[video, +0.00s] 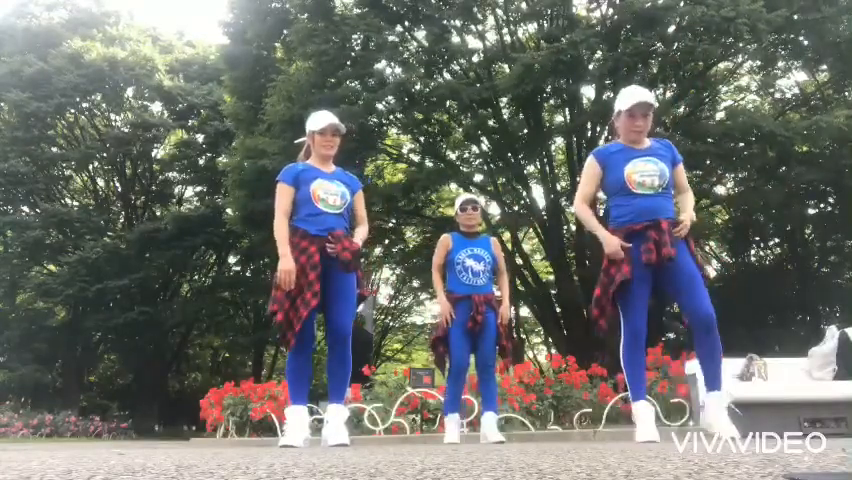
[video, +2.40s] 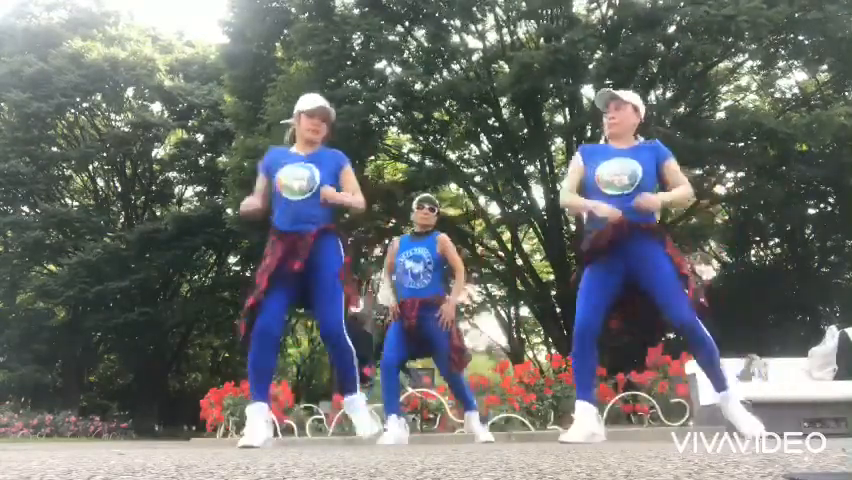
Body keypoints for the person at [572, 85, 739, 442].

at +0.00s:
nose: (639, 120)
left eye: (645, 114)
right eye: (632, 114)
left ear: (652, 118)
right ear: (617, 118)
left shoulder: (665, 149)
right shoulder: (602, 155)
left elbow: (683, 190)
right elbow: (580, 203)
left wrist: (688, 211)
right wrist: (604, 236)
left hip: (671, 240)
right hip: (629, 244)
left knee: (705, 316)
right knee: (635, 329)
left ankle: (714, 406)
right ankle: (641, 411)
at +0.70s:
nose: (668, 108)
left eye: (675, 102)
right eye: (661, 103)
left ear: (685, 109)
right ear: (649, 111)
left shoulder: (706, 147)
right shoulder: (635, 156)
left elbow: (721, 196)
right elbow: (629, 208)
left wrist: (732, 238)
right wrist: (635, 250)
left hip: (707, 235)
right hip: (663, 240)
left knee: (716, 324)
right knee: (671, 327)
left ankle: (719, 411)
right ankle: (681, 415)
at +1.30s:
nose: (667, 112)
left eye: (673, 106)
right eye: (659, 109)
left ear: (686, 113)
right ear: (650, 120)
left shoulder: (706, 139)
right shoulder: (640, 165)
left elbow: (721, 184)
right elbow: (641, 215)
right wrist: (650, 250)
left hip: (716, 240)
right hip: (673, 248)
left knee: (748, 322)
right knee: (680, 327)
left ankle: (761, 411)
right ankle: (687, 412)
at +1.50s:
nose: (643, 114)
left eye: (650, 108)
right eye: (635, 111)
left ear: (664, 115)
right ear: (628, 123)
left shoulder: (678, 137)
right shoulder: (626, 165)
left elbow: (694, 173)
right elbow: (628, 211)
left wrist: (657, 215)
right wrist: (633, 235)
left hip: (701, 240)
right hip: (661, 250)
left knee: (741, 313)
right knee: (638, 314)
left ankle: (771, 402)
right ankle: (645, 405)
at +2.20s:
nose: (615, 147)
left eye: (622, 139)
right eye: (612, 143)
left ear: (644, 142)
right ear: (611, 150)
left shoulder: (665, 166)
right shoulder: (622, 192)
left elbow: (717, 185)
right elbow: (627, 239)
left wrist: (700, 235)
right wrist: (626, 264)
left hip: (694, 267)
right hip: (652, 277)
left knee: (731, 338)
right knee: (611, 320)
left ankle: (760, 414)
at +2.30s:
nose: (611, 135)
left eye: (620, 128)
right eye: (609, 131)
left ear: (640, 138)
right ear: (607, 143)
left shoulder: (658, 166)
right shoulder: (605, 187)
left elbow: (705, 199)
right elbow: (607, 233)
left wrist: (704, 238)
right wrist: (606, 261)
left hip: (667, 266)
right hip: (627, 274)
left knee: (709, 340)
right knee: (591, 327)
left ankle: (757, 411)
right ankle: (587, 417)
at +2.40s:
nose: (611, 111)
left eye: (619, 106)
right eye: (608, 107)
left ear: (638, 116)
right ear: (604, 117)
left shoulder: (654, 150)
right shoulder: (586, 153)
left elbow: (685, 191)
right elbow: (566, 198)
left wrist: (660, 200)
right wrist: (593, 206)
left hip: (646, 245)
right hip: (603, 249)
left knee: (683, 319)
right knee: (584, 326)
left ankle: (728, 398)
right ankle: (586, 416)